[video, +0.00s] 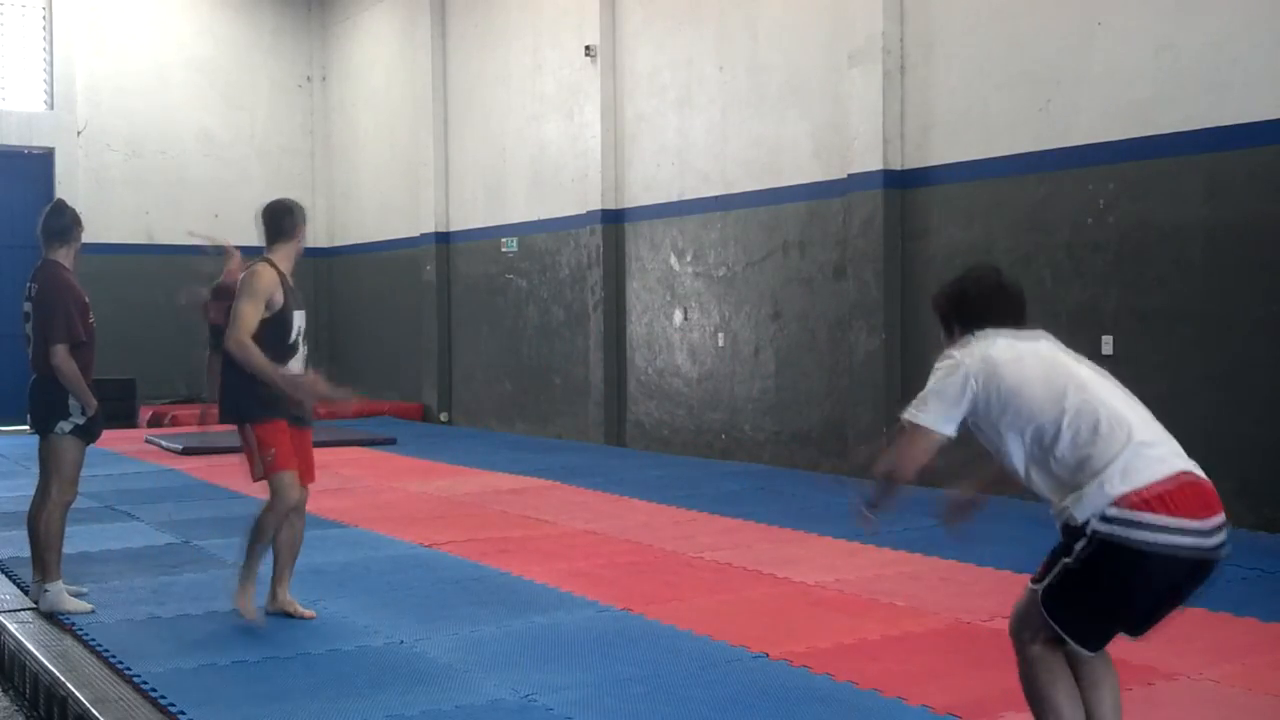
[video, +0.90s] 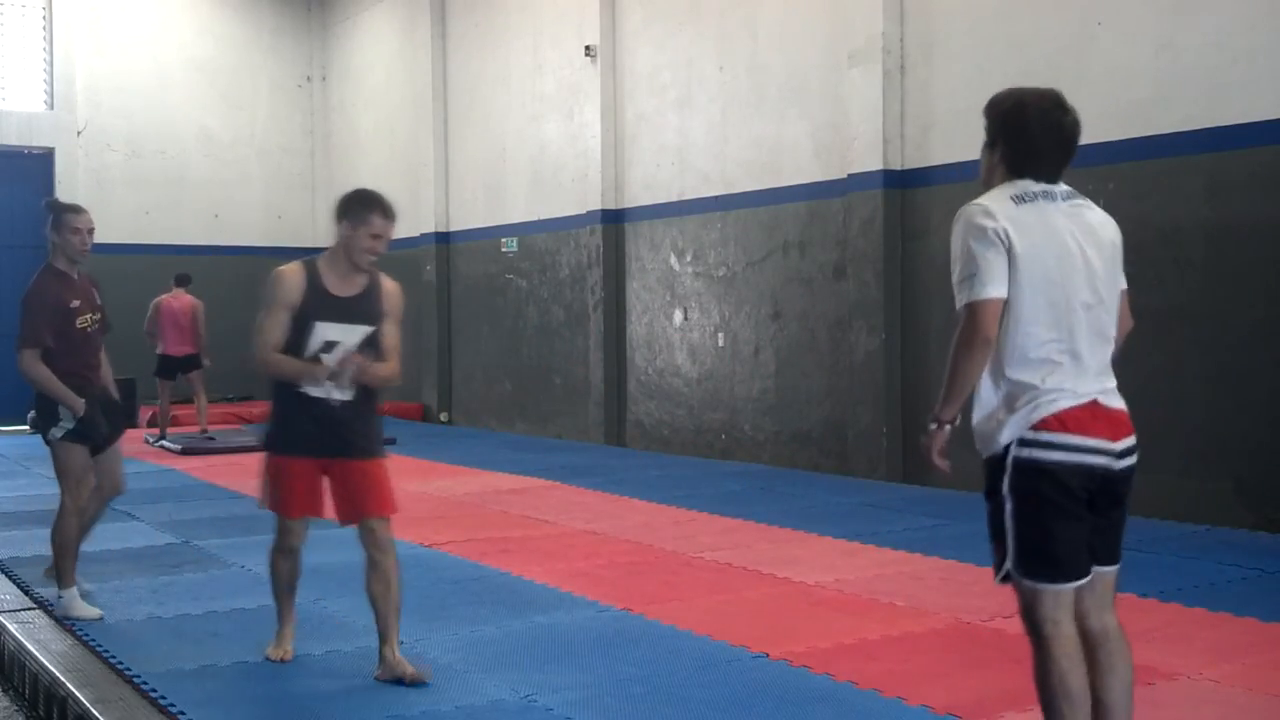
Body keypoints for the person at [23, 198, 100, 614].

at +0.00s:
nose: (84, 236)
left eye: (79, 230)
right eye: (83, 230)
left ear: (45, 235)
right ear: (78, 234)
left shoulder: (41, 277)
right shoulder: (60, 284)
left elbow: (40, 349)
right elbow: (59, 355)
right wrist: (89, 400)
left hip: (48, 393)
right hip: (64, 397)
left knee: (47, 491)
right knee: (61, 495)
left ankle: (43, 579)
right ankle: (51, 589)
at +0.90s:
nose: (87, 239)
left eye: (90, 232)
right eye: (77, 232)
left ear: (90, 236)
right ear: (55, 235)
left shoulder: (85, 282)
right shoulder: (43, 288)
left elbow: (96, 347)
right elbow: (28, 361)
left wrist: (114, 397)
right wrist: (79, 405)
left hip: (94, 398)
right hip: (61, 405)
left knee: (111, 485)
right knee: (77, 492)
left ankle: (58, 561)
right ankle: (67, 593)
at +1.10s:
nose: (80, 237)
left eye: (86, 230)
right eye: (71, 230)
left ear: (93, 232)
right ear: (55, 233)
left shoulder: (104, 280)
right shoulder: (41, 289)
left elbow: (118, 341)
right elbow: (19, 358)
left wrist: (129, 393)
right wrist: (65, 407)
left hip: (112, 402)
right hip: (67, 408)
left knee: (139, 488)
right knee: (69, 502)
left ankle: (113, 575)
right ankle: (67, 595)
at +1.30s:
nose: (92, 240)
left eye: (99, 232)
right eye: (84, 232)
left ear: (109, 234)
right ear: (69, 235)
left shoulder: (128, 285)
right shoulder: (51, 292)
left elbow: (141, 345)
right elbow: (24, 360)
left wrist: (146, 395)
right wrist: (63, 408)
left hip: (127, 404)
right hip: (77, 409)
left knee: (152, 500)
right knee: (74, 507)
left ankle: (169, 593)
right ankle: (68, 595)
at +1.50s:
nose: (119, 241)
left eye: (127, 234)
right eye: (110, 234)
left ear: (137, 238)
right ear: (97, 237)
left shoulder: (157, 291)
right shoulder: (74, 294)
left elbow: (173, 356)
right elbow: (46, 364)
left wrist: (172, 412)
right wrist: (78, 413)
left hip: (151, 412)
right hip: (95, 414)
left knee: (167, 508)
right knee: (86, 512)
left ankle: (178, 606)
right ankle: (72, 591)